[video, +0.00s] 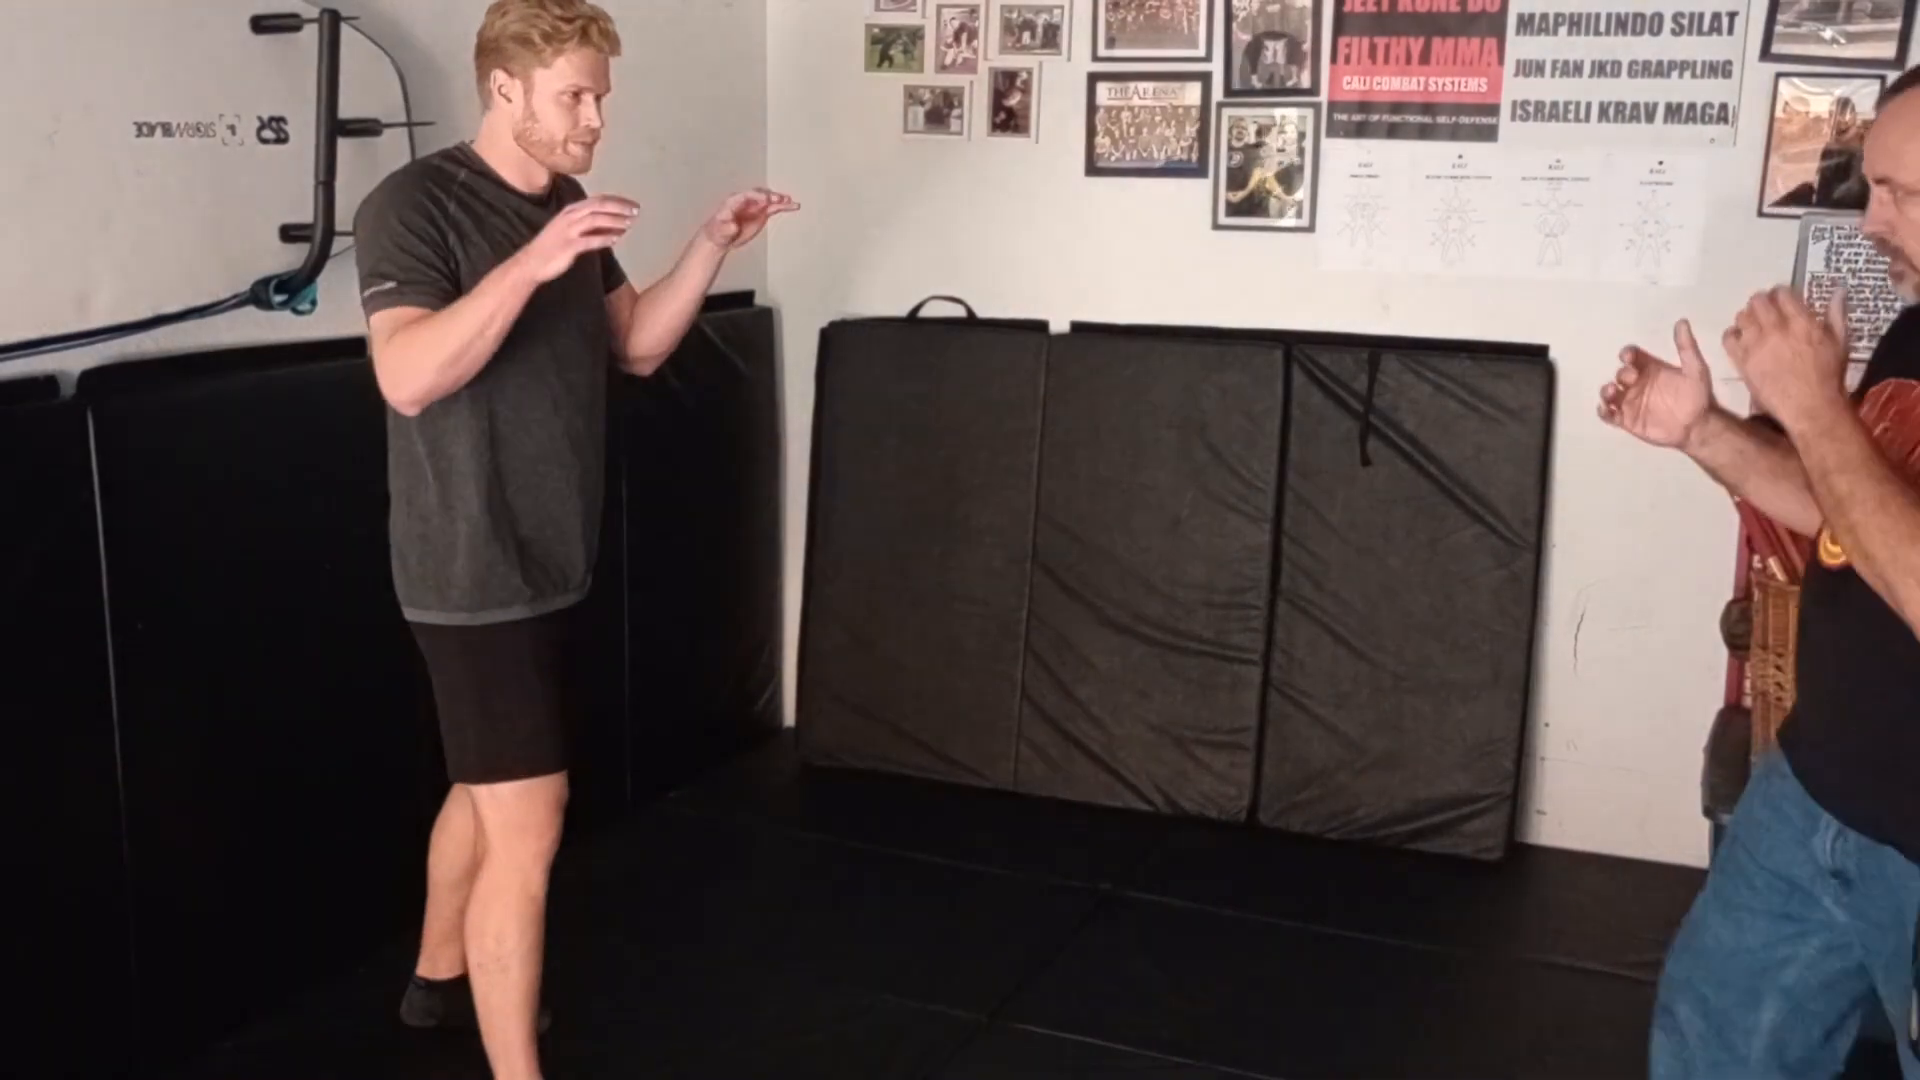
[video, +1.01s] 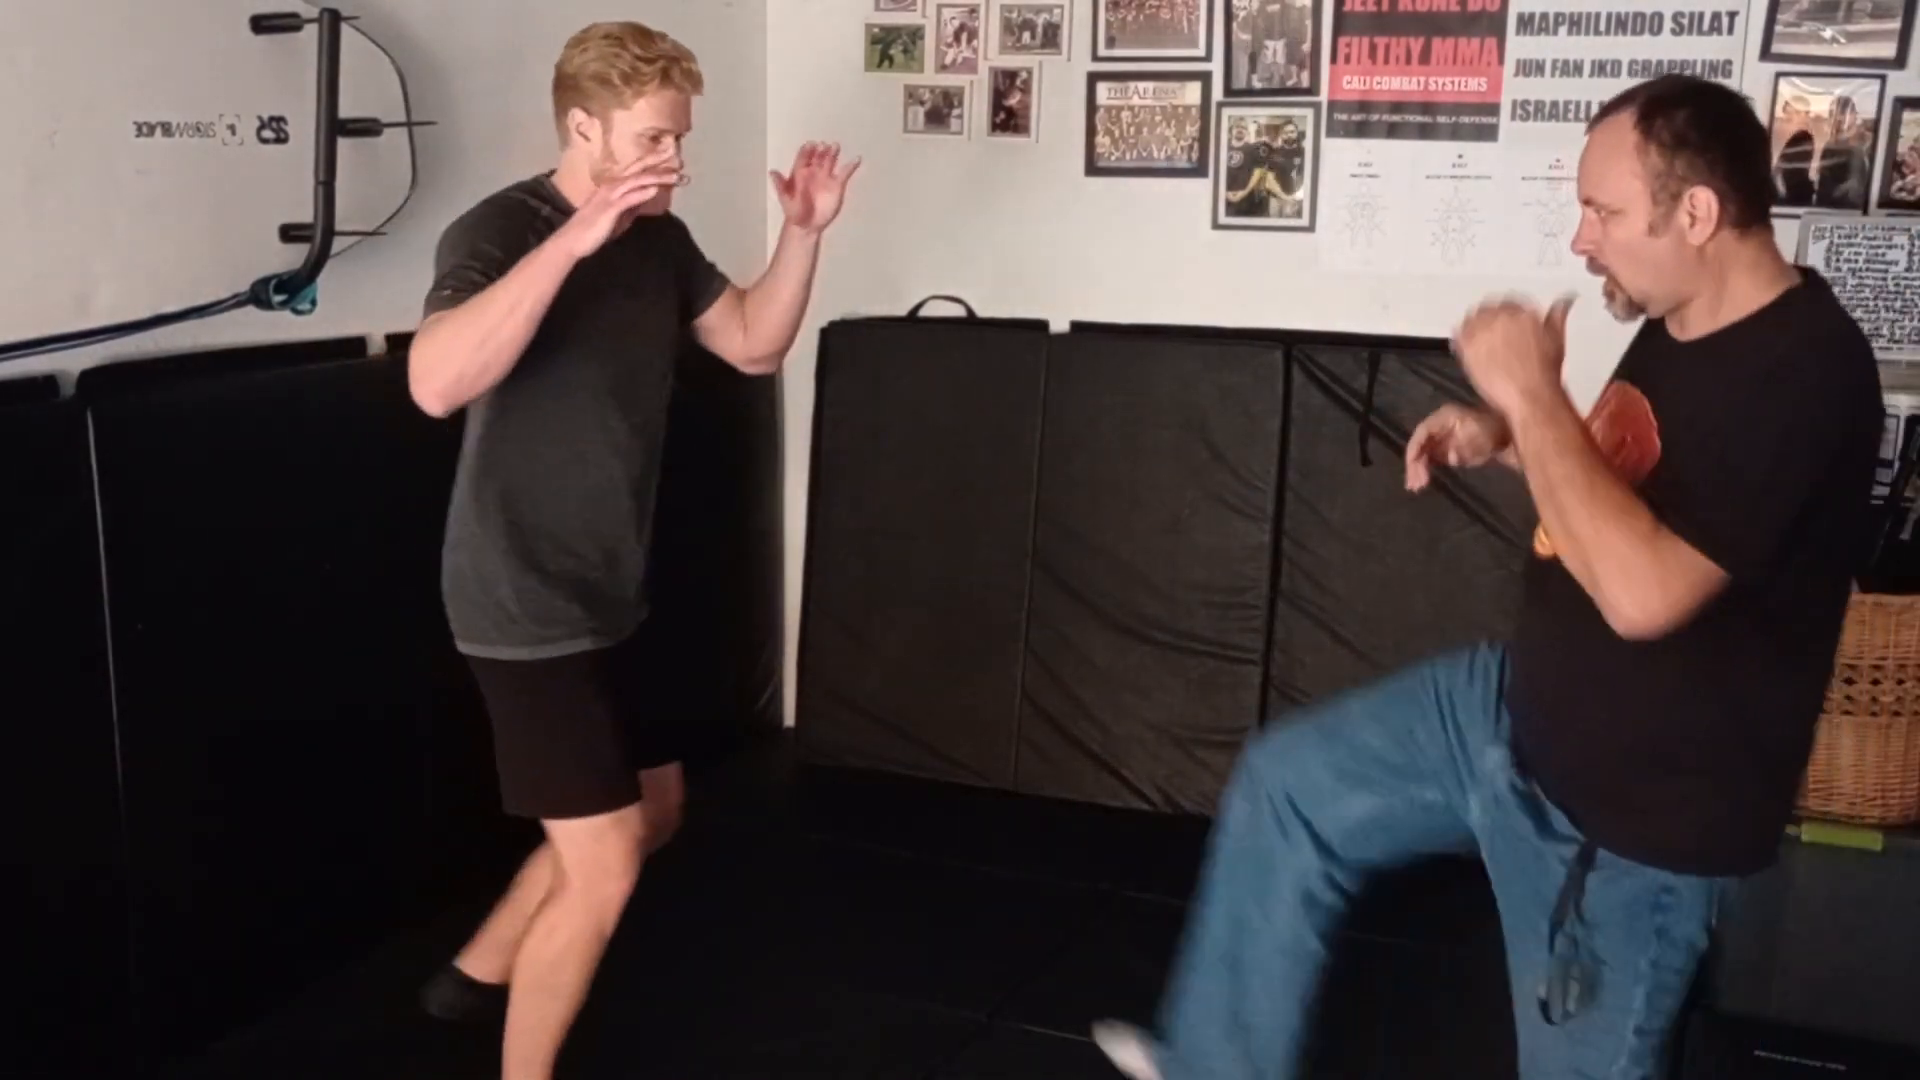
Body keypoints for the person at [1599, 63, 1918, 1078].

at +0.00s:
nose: (1873, 222)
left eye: (1895, 191)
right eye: (1870, 189)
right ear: (1868, 192)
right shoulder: (1903, 339)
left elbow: (1908, 586)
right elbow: (1838, 511)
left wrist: (1812, 407)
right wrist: (1706, 428)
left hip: (1913, 860)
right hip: (1813, 795)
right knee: (1715, 1045)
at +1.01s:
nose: (1582, 241)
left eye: (1603, 214)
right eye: (1584, 211)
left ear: (1698, 217)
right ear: (1695, 215)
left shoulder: (1811, 376)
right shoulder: (1689, 313)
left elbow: (1645, 594)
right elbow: (1630, 467)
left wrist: (1528, 395)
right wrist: (1509, 436)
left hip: (1627, 842)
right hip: (1518, 708)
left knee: (1581, 1067)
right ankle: (1214, 1059)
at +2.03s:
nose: (1623, 206)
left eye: (1660, 178)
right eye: (1616, 175)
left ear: (1751, 196)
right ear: (1605, 179)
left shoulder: (1825, 354)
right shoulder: (1631, 324)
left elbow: (1809, 605)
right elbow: (1601, 531)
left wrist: (1602, 481)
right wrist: (1508, 470)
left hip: (1717, 807)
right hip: (1614, 782)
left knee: (1561, 1057)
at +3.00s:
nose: (1621, 238)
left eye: (1643, 212)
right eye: (1621, 210)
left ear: (1741, 209)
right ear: (1725, 211)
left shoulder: (1884, 342)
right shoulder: (1679, 311)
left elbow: (1850, 592)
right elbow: (1589, 479)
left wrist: (1638, 473)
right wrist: (1536, 403)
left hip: (1818, 824)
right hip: (1649, 780)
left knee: (1807, 1064)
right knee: (1602, 1053)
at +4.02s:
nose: (1503, 251)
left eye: (1537, 225)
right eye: (1495, 220)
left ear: (1631, 225)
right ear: (1486, 214)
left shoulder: (1703, 384)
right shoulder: (1493, 289)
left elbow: (1575, 601)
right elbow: (1407, 420)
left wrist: (1514, 407)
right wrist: (1283, 496)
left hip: (1491, 741)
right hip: (1357, 604)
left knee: (1445, 1023)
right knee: (1150, 731)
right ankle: (950, 876)